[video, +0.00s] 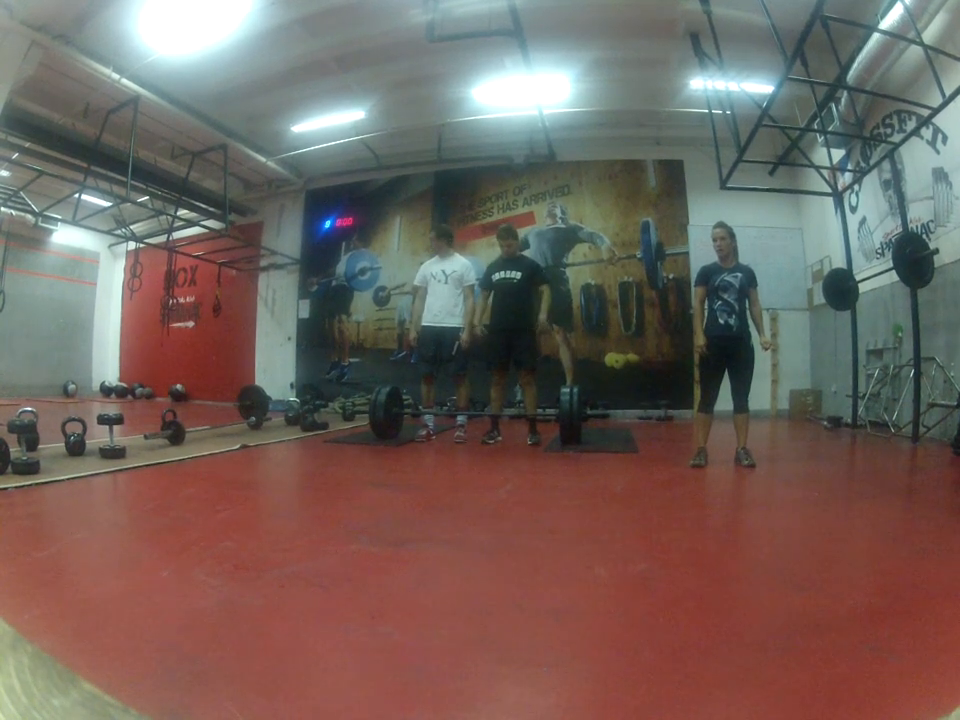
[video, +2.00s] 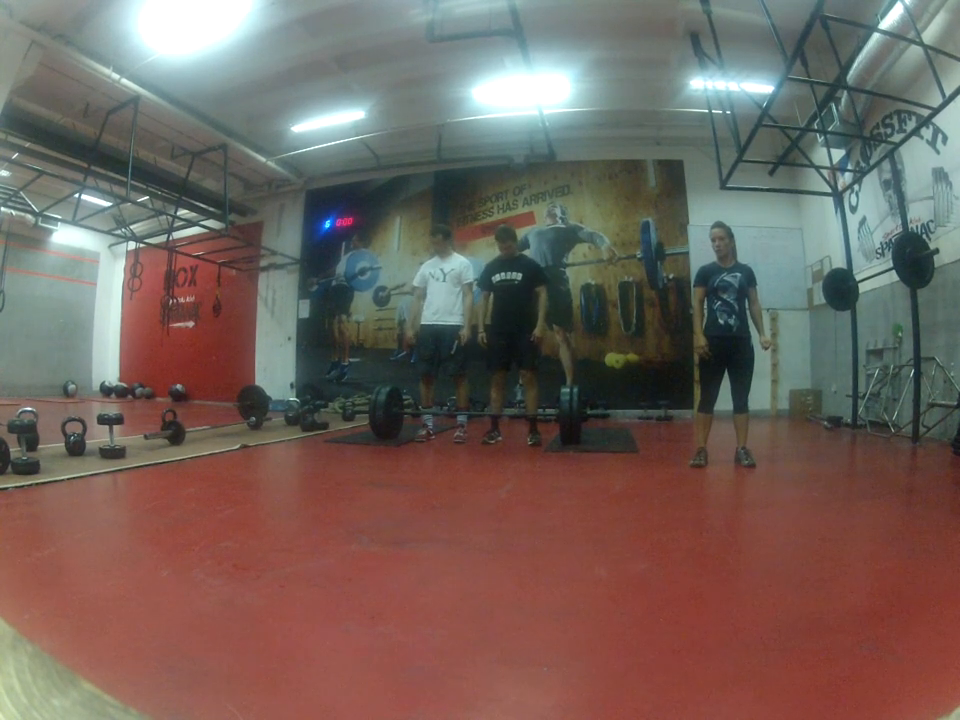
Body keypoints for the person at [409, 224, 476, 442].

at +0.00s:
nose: (431, 244)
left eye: (434, 240)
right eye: (431, 240)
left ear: (445, 241)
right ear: (436, 241)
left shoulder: (463, 265)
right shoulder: (426, 266)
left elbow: (470, 298)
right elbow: (419, 298)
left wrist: (467, 329)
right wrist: (413, 327)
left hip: (455, 328)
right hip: (428, 328)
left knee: (460, 376)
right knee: (427, 376)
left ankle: (461, 423)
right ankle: (428, 424)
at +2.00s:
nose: (434, 245)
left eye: (438, 241)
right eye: (433, 242)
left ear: (447, 240)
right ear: (432, 242)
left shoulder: (462, 263)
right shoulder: (426, 266)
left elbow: (468, 295)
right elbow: (417, 298)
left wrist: (466, 326)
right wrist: (410, 326)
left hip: (454, 327)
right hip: (428, 327)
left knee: (459, 375)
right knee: (426, 376)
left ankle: (461, 425)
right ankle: (427, 425)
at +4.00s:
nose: (437, 249)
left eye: (439, 245)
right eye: (434, 246)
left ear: (446, 243)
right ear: (429, 244)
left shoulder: (459, 263)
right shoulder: (421, 266)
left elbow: (468, 296)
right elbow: (414, 299)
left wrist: (469, 327)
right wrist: (408, 328)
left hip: (454, 328)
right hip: (426, 328)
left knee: (458, 376)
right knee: (425, 377)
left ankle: (461, 425)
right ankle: (427, 425)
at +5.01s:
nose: (431, 277)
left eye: (434, 274)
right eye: (428, 274)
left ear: (441, 267)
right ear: (423, 270)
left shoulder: (456, 277)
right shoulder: (417, 279)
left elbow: (466, 313)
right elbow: (411, 314)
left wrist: (467, 347)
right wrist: (410, 344)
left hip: (455, 330)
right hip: (431, 330)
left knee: (459, 376)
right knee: (426, 376)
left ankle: (461, 425)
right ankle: (427, 425)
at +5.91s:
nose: (430, 278)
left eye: (433, 275)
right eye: (427, 275)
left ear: (440, 268)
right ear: (422, 271)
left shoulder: (456, 277)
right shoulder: (416, 280)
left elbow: (466, 312)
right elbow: (412, 315)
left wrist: (467, 345)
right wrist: (411, 345)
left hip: (456, 331)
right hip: (430, 331)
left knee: (460, 377)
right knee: (427, 376)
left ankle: (461, 425)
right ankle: (427, 425)